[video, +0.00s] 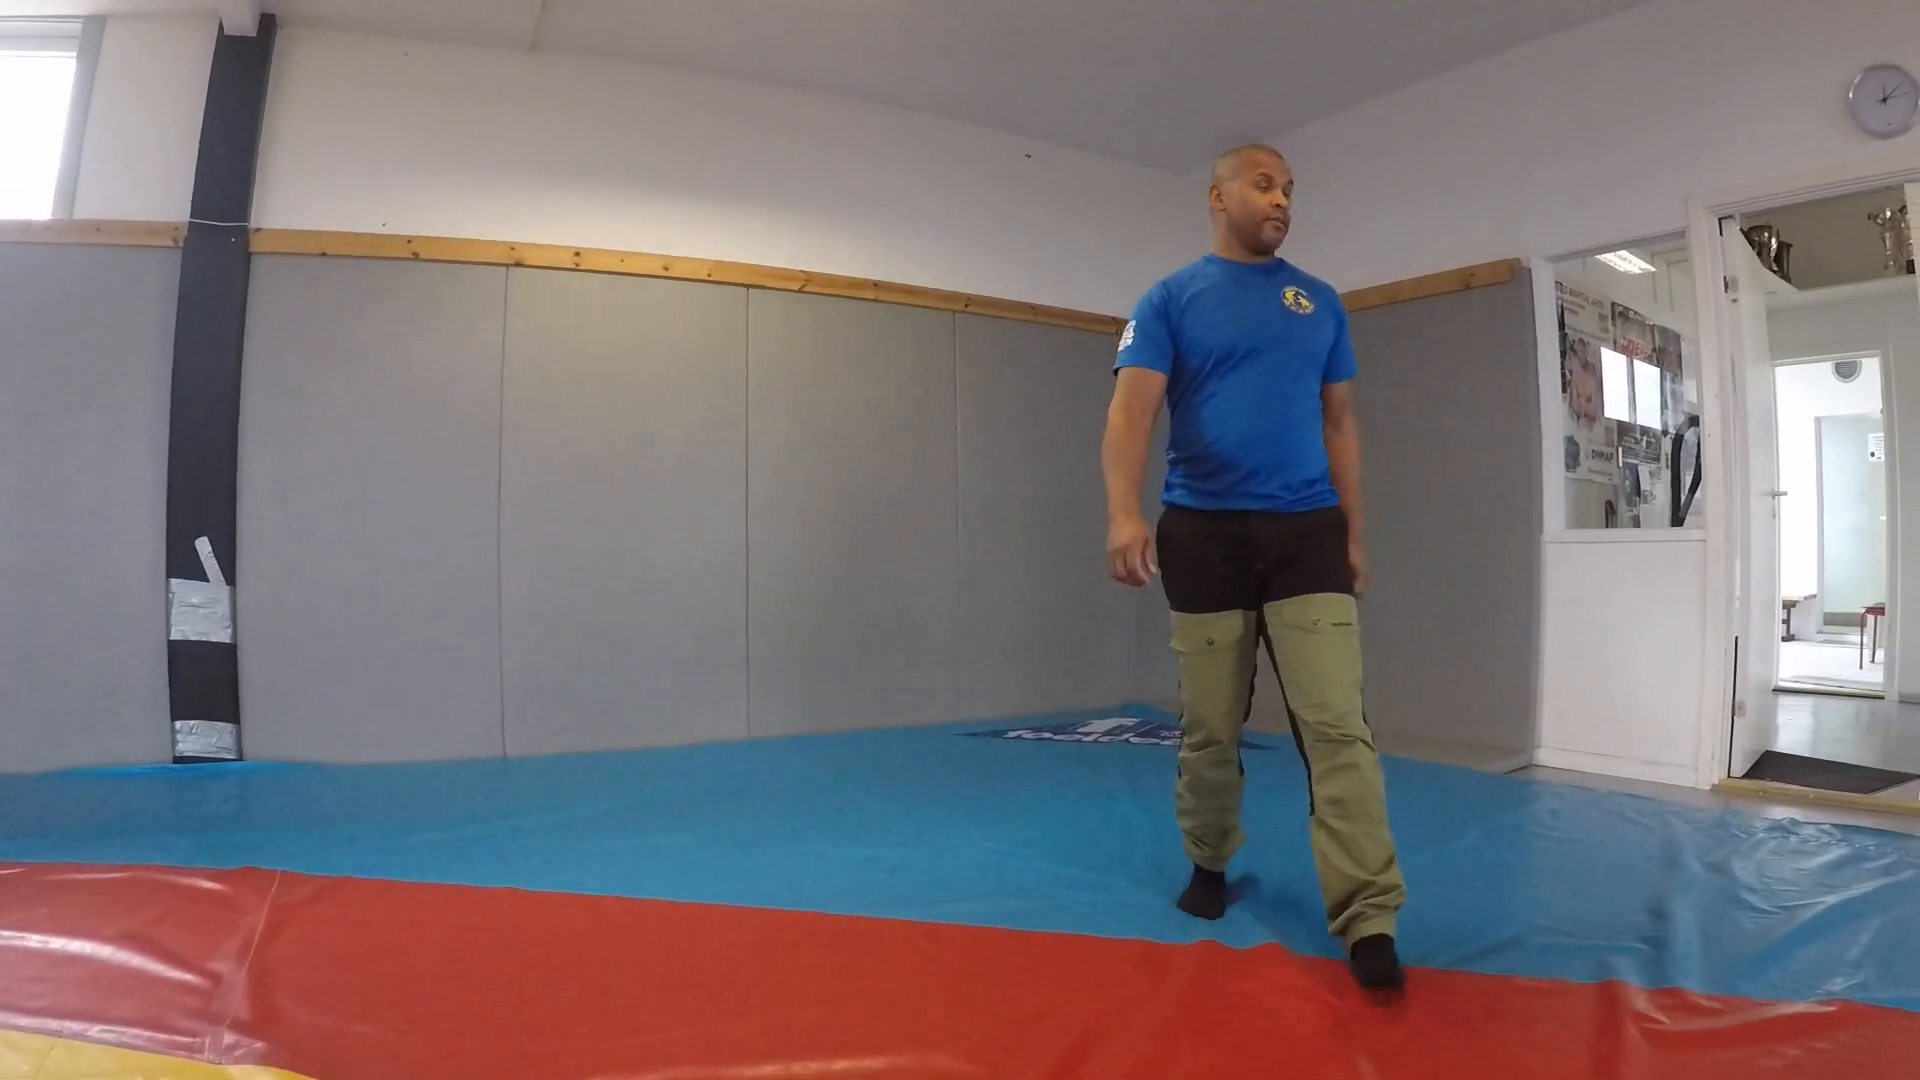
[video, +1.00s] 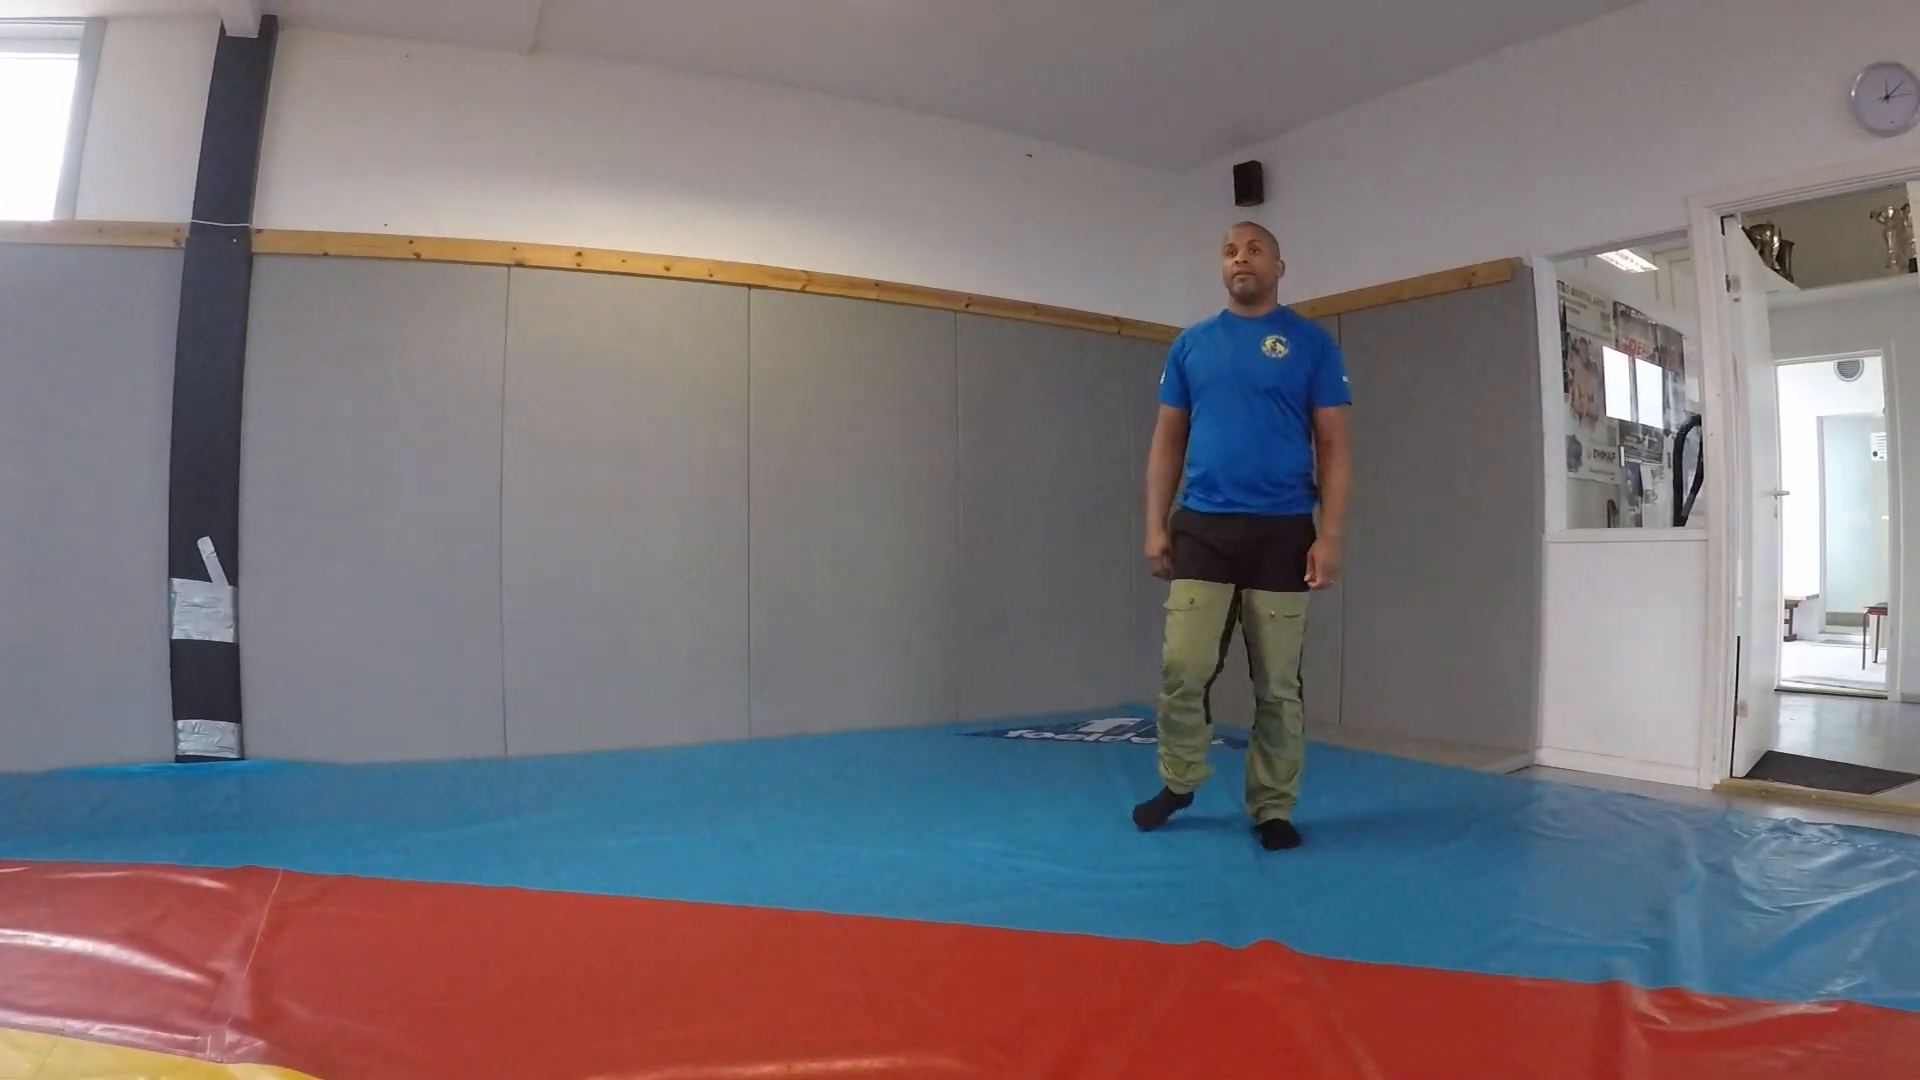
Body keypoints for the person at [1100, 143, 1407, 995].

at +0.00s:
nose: (1279, 200)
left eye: (1286, 191)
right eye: (1263, 185)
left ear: (1291, 209)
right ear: (1216, 197)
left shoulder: (1319, 302)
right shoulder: (1172, 299)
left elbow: (1339, 422)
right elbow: (1131, 409)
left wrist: (1351, 534)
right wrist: (1123, 513)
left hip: (1308, 531)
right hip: (1203, 533)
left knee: (1337, 724)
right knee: (1211, 725)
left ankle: (1368, 917)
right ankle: (1207, 860)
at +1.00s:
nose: (1241, 259)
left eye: (1254, 250)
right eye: (1231, 251)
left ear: (1279, 267)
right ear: (1220, 268)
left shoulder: (1313, 344)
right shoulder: (1191, 344)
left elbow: (1333, 445)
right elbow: (1167, 439)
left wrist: (1330, 535)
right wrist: (1155, 524)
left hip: (1282, 531)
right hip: (1200, 528)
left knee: (1278, 684)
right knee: (1182, 666)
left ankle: (1273, 809)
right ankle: (1178, 784)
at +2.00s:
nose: (1126, 307)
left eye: (1136, 296)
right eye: (1120, 301)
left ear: (1167, 302)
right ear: (1120, 315)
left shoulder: (1198, 355)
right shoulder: (1121, 384)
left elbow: (1234, 430)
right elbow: (1114, 470)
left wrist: (1174, 477)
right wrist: (1095, 542)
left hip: (1196, 528)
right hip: (1138, 535)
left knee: (1214, 663)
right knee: (1154, 665)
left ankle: (1252, 786)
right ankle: (1168, 773)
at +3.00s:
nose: (1119, 316)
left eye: (1128, 303)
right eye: (1114, 310)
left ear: (1164, 306)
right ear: (1119, 323)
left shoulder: (1195, 359)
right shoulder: (1140, 381)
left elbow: (1211, 437)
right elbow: (1150, 474)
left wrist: (1132, 405)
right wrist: (1104, 485)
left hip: (1207, 530)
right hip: (1157, 533)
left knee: (1185, 656)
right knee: (1145, 667)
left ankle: (1240, 799)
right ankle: (1167, 774)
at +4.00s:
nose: (1161, 341)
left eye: (1170, 329)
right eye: (1157, 335)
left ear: (1208, 330)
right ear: (1166, 343)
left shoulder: (1235, 373)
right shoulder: (1181, 397)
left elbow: (1175, 393)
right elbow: (1185, 485)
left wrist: (1096, 367)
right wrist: (1163, 491)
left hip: (1265, 545)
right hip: (1222, 548)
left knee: (1224, 673)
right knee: (1211, 671)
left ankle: (1267, 813)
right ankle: (1254, 758)